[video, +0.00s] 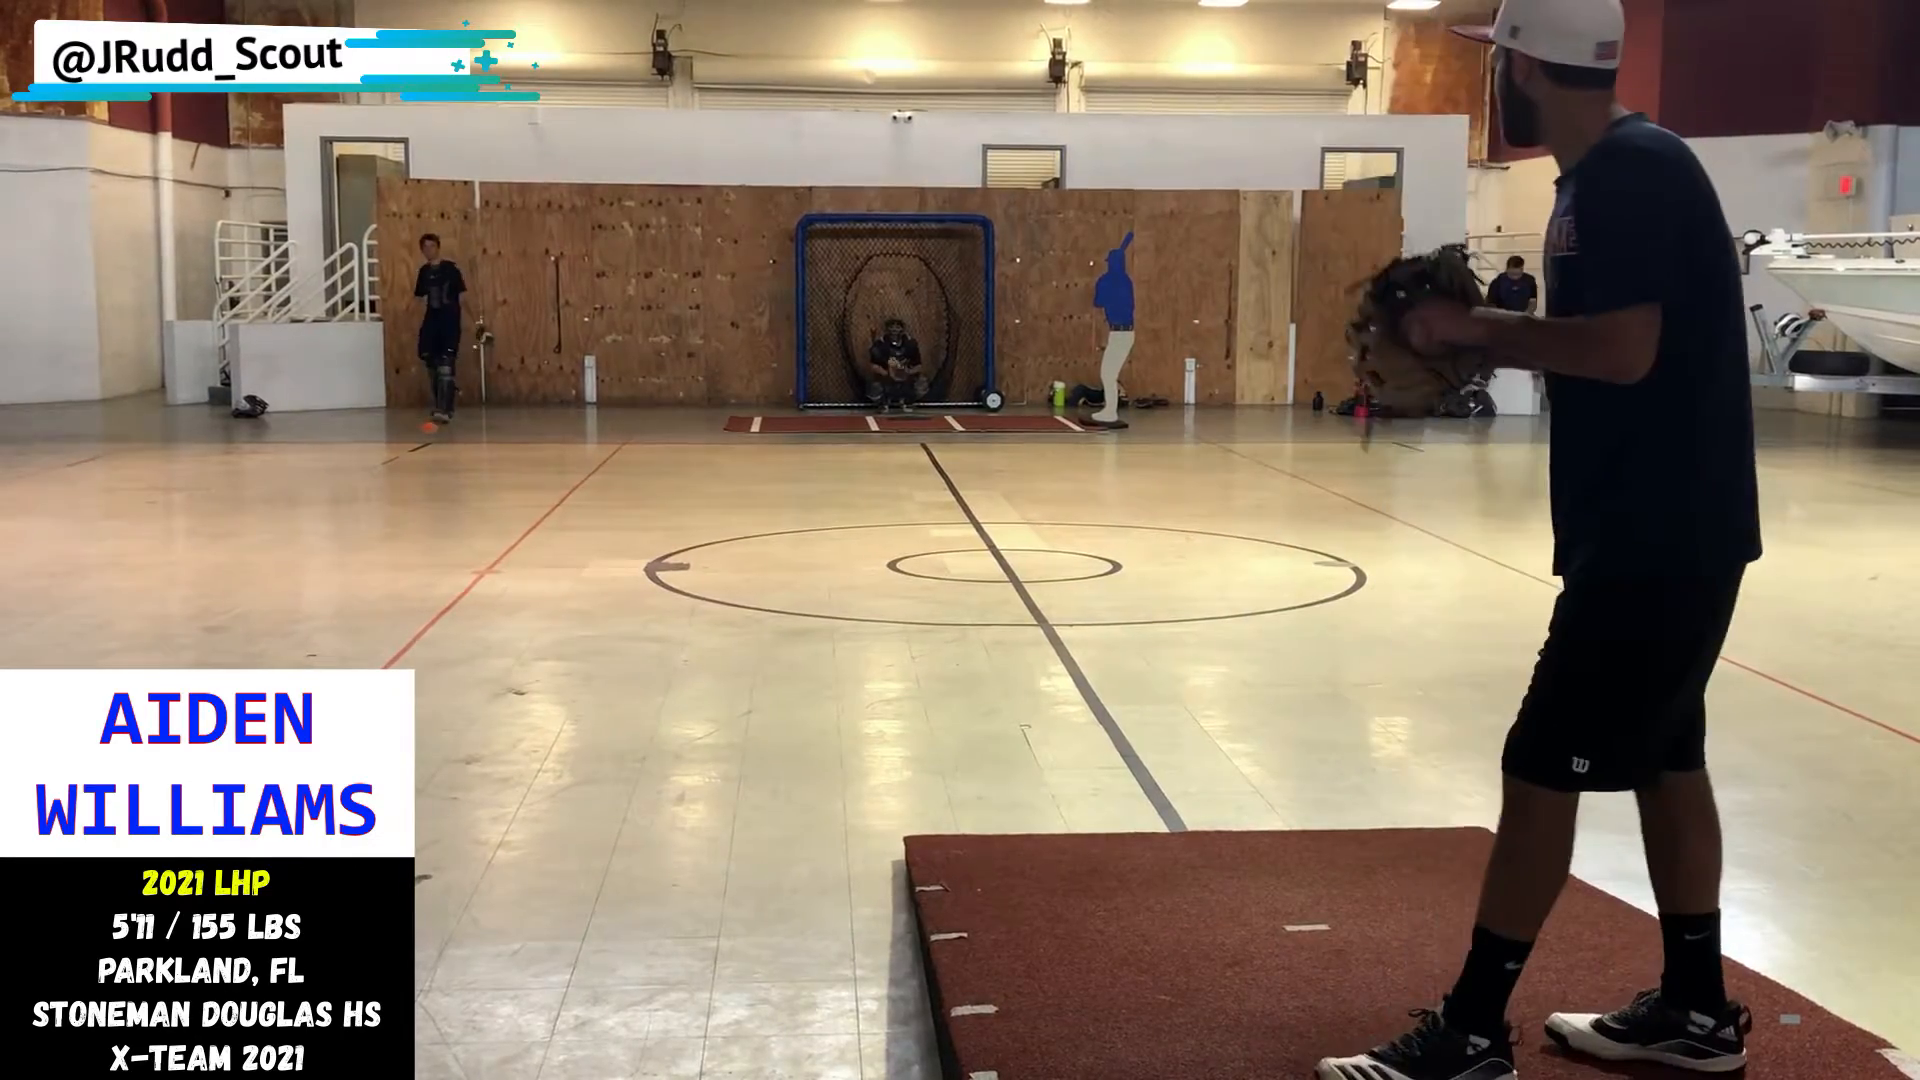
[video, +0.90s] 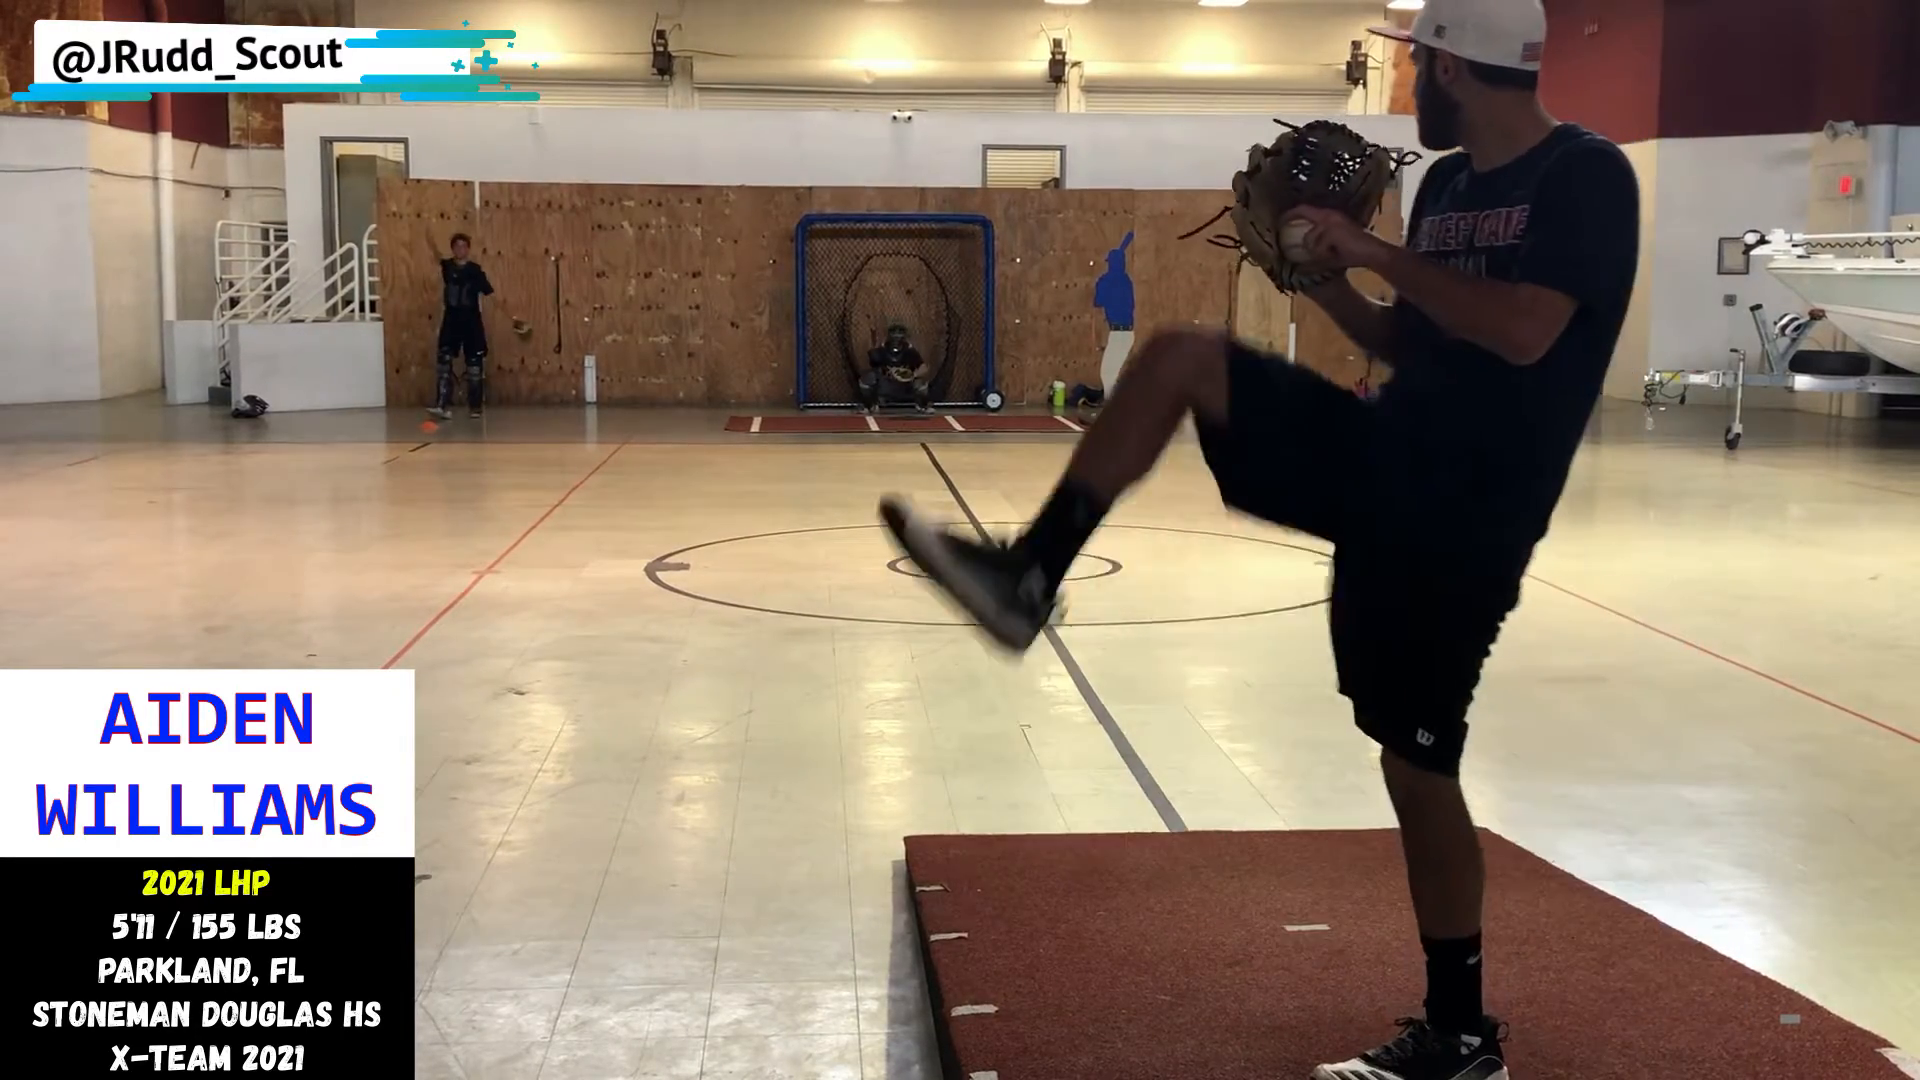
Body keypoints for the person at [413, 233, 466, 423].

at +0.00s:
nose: (428, 250)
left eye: (431, 246)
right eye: (425, 247)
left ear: (438, 247)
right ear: (422, 250)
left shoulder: (451, 268)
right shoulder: (424, 271)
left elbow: (461, 296)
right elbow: (419, 298)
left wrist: (474, 318)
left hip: (449, 320)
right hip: (432, 320)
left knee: (446, 361)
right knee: (429, 357)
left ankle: (445, 408)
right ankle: (439, 403)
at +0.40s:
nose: (438, 247)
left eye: (440, 243)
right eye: (435, 244)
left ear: (447, 245)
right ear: (431, 248)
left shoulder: (455, 266)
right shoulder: (433, 269)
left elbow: (457, 295)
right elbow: (420, 287)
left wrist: (448, 316)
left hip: (457, 320)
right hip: (438, 319)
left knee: (459, 364)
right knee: (439, 364)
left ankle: (469, 406)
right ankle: (442, 407)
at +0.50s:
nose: (442, 247)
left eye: (445, 243)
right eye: (439, 244)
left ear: (451, 245)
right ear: (435, 248)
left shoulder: (458, 266)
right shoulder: (435, 270)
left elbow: (459, 297)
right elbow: (422, 280)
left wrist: (446, 316)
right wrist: (439, 265)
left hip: (459, 319)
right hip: (440, 318)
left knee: (464, 363)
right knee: (439, 363)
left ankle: (472, 406)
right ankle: (442, 407)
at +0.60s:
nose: (447, 247)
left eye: (450, 244)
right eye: (443, 245)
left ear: (456, 246)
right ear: (440, 248)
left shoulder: (463, 267)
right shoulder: (438, 269)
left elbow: (466, 297)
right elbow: (417, 272)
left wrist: (457, 315)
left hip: (463, 318)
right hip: (443, 317)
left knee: (468, 362)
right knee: (441, 362)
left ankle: (474, 406)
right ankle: (442, 407)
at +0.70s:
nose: (452, 249)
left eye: (455, 245)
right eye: (449, 246)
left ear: (461, 248)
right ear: (444, 249)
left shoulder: (467, 269)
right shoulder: (442, 268)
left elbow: (474, 294)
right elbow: (427, 261)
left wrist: (477, 317)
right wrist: (410, 246)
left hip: (466, 320)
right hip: (447, 320)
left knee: (471, 363)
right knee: (443, 360)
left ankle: (475, 406)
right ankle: (442, 406)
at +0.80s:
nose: (456, 250)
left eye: (459, 247)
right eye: (453, 247)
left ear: (464, 249)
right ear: (449, 250)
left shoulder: (471, 270)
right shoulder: (445, 268)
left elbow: (480, 299)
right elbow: (434, 258)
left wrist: (483, 324)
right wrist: (425, 240)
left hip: (469, 321)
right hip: (449, 320)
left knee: (473, 363)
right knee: (444, 360)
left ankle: (475, 406)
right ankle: (442, 406)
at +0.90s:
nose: (461, 250)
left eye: (464, 246)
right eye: (457, 246)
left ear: (468, 249)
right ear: (452, 249)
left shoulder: (475, 270)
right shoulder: (447, 267)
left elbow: (489, 292)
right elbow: (435, 254)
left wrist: (512, 317)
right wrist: (427, 233)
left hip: (471, 320)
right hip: (451, 319)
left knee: (474, 362)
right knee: (444, 359)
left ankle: (475, 406)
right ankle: (443, 404)